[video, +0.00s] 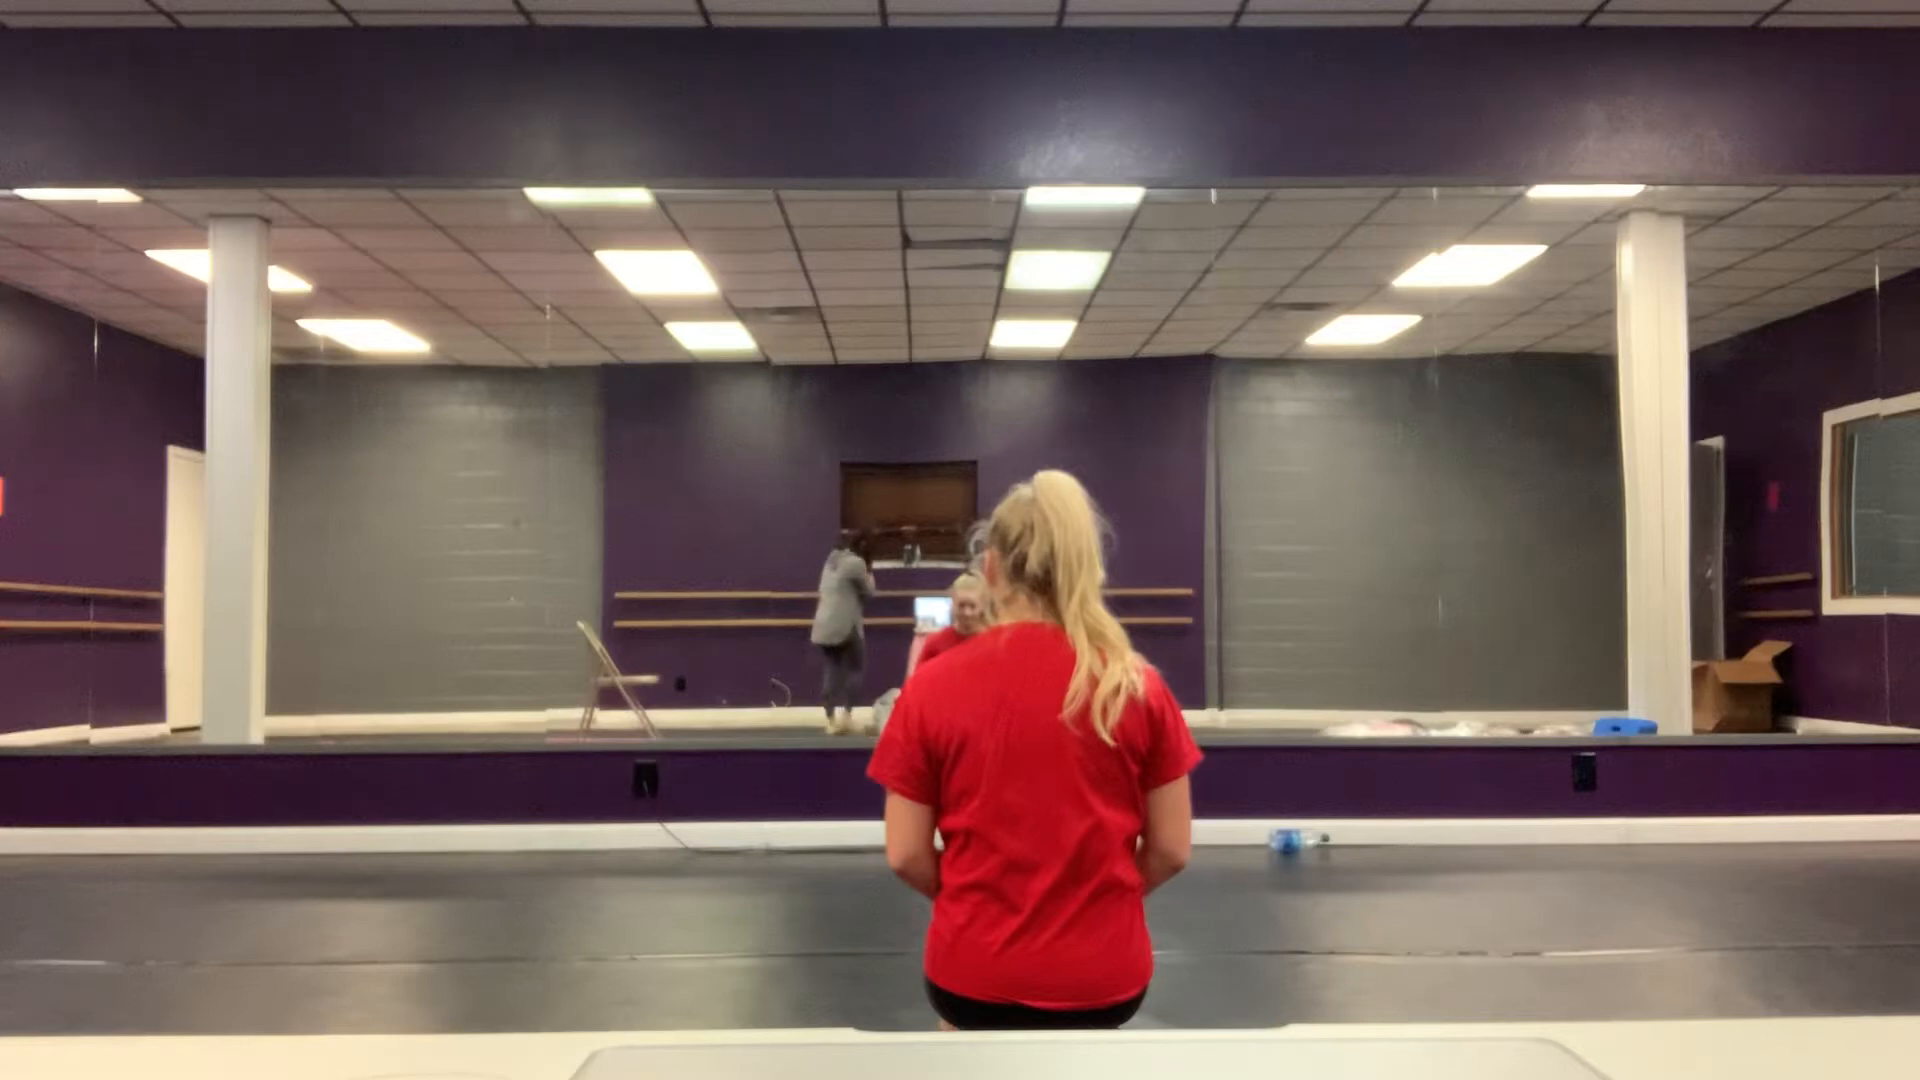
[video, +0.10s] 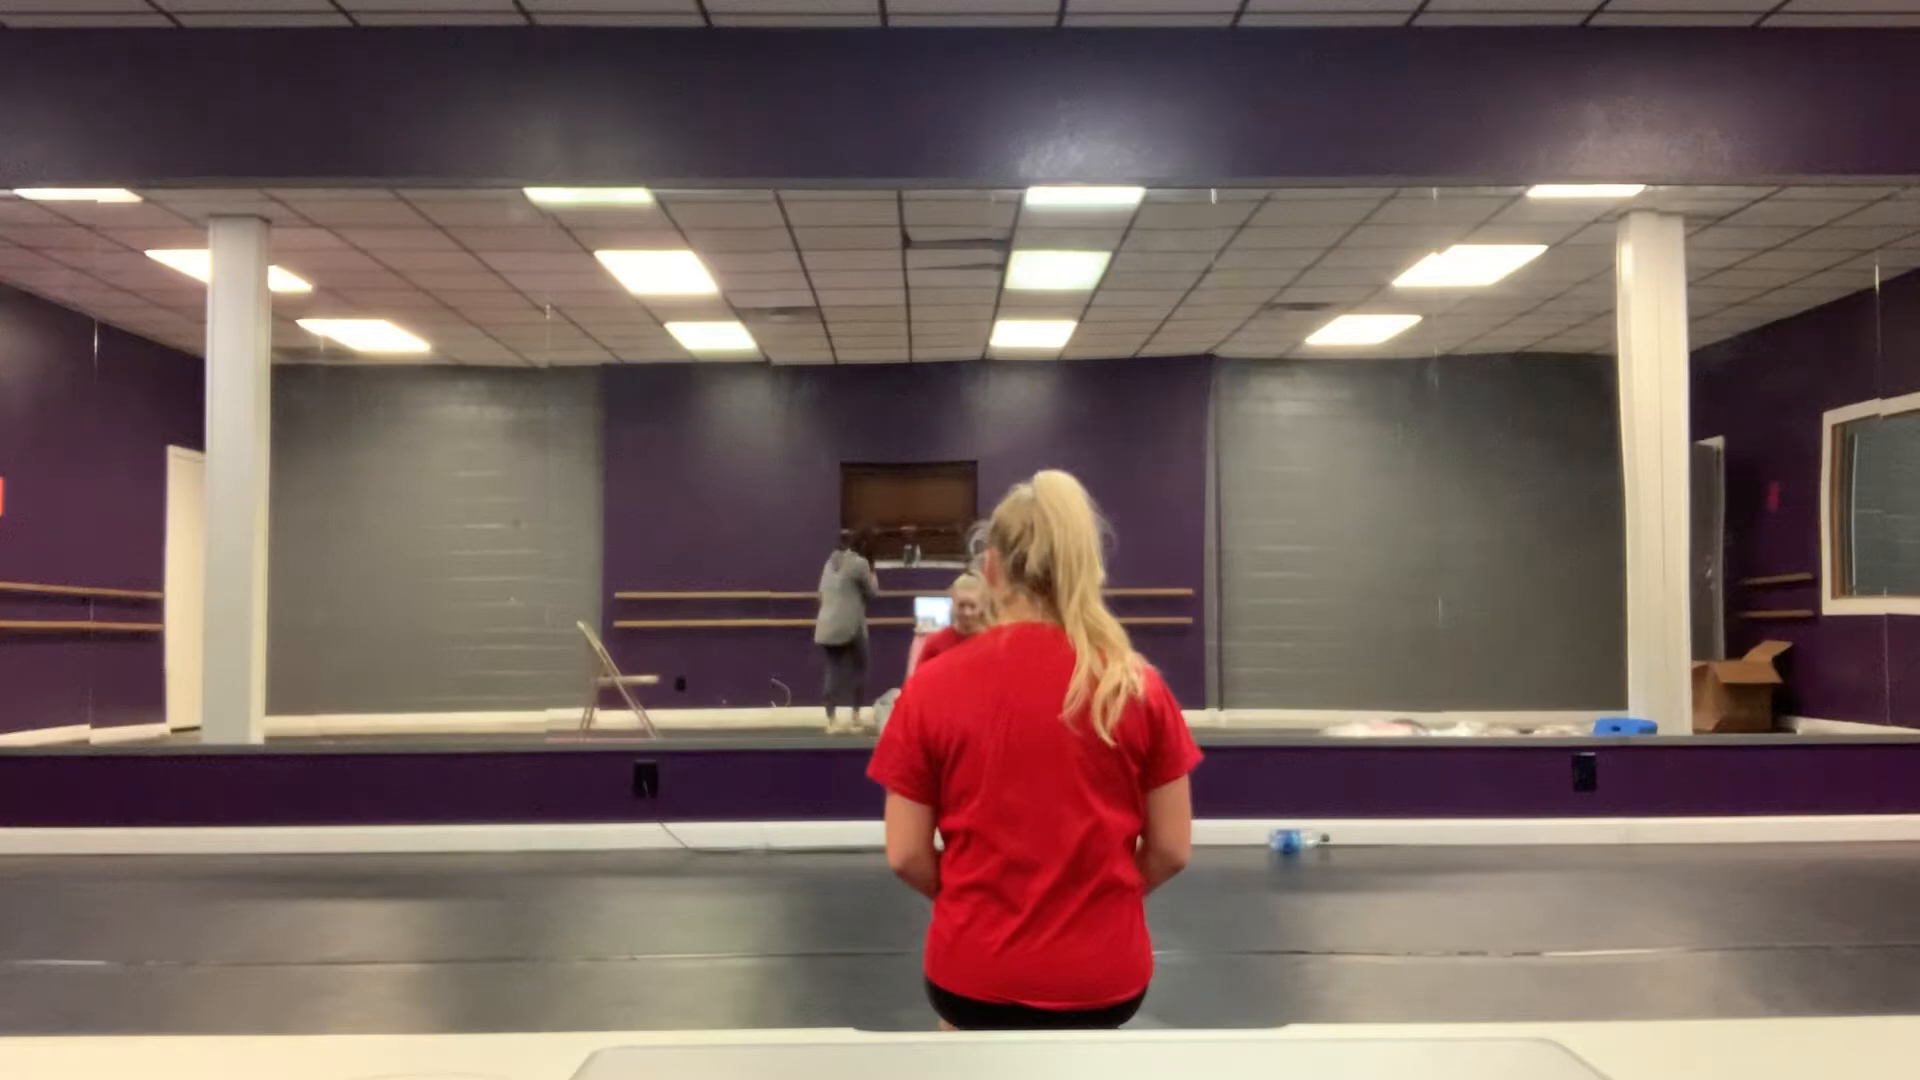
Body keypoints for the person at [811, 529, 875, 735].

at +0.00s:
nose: (866, 548)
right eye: (864, 544)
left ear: (840, 541)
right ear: (858, 545)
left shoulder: (830, 560)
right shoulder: (855, 563)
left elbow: (827, 588)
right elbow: (869, 590)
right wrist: (870, 576)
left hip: (823, 625)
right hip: (846, 625)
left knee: (832, 668)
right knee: (855, 668)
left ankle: (831, 719)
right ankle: (847, 715)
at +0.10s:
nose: (867, 547)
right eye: (865, 544)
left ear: (842, 541)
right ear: (860, 545)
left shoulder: (830, 561)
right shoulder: (859, 563)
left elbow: (821, 590)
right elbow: (873, 590)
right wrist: (872, 573)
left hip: (826, 623)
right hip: (851, 625)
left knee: (832, 669)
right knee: (859, 668)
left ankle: (831, 719)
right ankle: (856, 716)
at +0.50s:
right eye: (885, 545)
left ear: (861, 545)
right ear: (880, 547)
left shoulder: (847, 567)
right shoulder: (881, 565)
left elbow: (839, 597)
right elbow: (900, 578)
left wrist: (854, 601)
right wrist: (894, 555)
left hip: (850, 620)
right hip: (876, 620)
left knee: (849, 668)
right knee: (873, 670)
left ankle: (838, 703)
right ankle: (873, 713)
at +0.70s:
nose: (899, 546)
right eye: (898, 543)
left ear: (876, 542)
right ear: (893, 544)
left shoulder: (860, 564)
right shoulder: (894, 563)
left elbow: (849, 594)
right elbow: (913, 576)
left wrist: (850, 611)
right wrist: (903, 557)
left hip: (861, 615)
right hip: (885, 615)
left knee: (863, 662)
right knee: (881, 665)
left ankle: (858, 690)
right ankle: (876, 709)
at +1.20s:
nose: (913, 546)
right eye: (911, 543)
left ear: (889, 544)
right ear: (907, 545)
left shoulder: (880, 566)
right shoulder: (910, 566)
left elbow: (871, 593)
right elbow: (923, 590)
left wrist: (872, 611)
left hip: (880, 621)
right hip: (903, 621)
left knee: (886, 667)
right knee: (901, 668)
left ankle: (881, 699)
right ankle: (893, 700)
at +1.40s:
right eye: (919, 543)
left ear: (900, 545)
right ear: (918, 545)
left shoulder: (891, 565)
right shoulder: (921, 567)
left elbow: (882, 592)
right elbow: (925, 593)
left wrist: (891, 602)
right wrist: (940, 594)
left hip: (888, 621)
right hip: (909, 622)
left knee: (889, 664)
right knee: (905, 666)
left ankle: (887, 696)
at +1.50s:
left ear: (906, 546)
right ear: (925, 546)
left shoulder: (897, 567)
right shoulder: (930, 569)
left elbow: (889, 594)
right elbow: (934, 596)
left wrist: (897, 606)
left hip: (897, 621)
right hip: (920, 622)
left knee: (894, 662)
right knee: (916, 663)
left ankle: (890, 695)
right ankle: (913, 699)